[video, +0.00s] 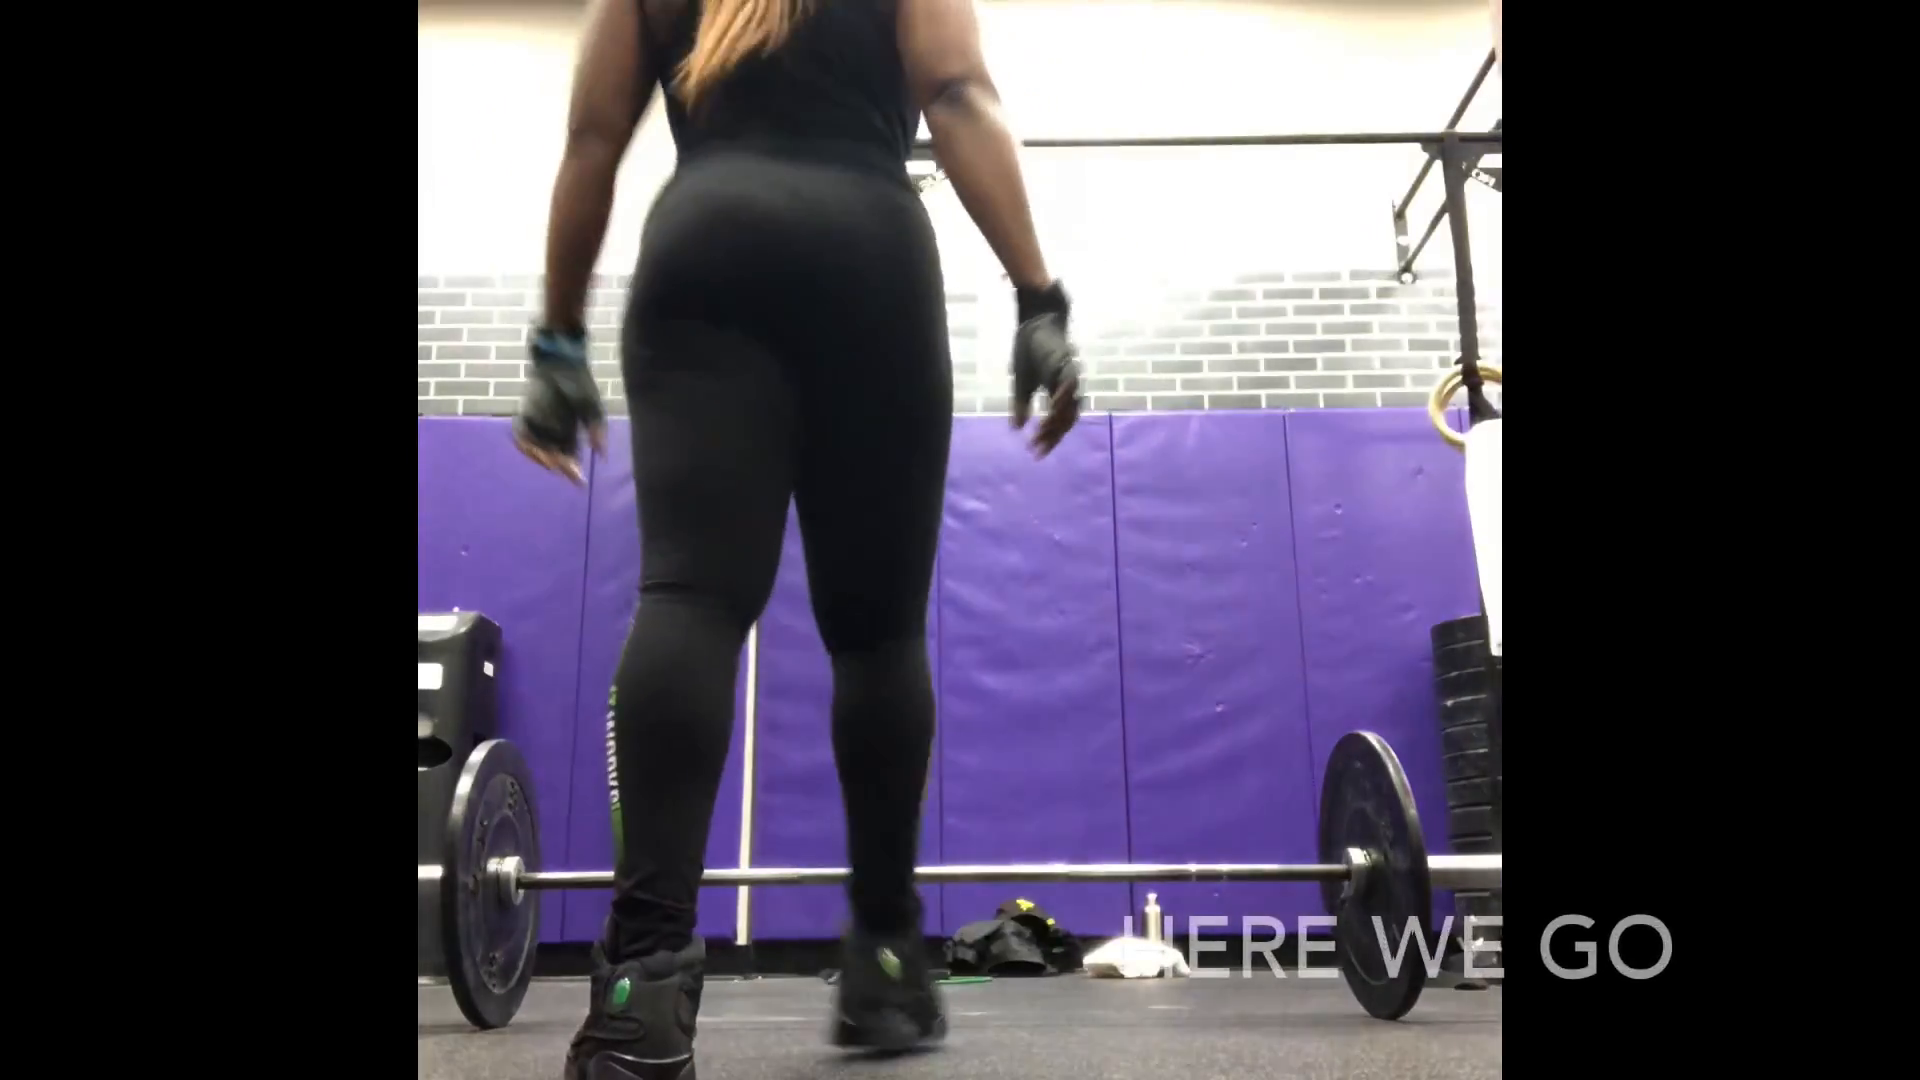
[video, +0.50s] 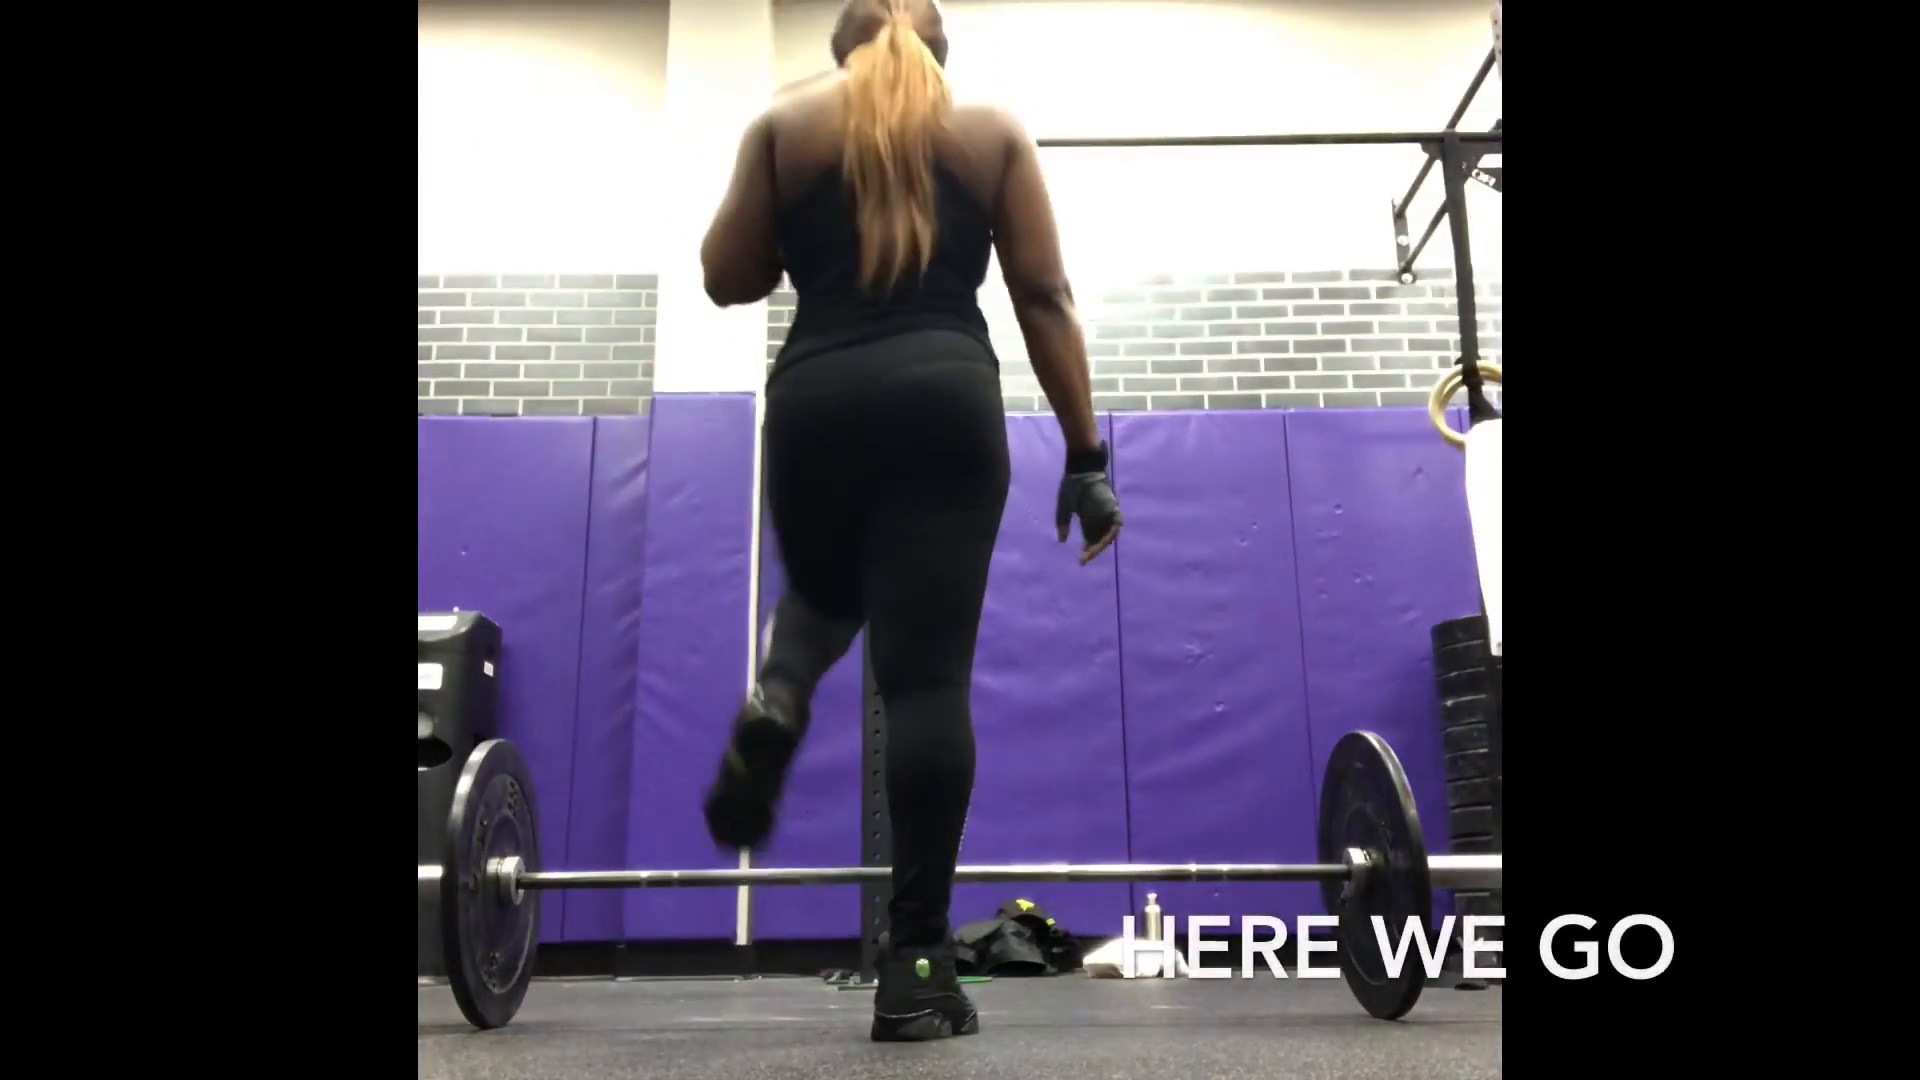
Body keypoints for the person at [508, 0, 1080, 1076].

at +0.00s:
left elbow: (595, 133)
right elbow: (957, 93)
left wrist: (558, 332)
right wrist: (1039, 295)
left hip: (707, 209)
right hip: (862, 216)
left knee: (687, 596)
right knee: (878, 627)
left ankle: (645, 974)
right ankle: (884, 959)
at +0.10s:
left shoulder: (681, 21)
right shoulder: (921, 15)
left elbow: (625, 202)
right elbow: (955, 151)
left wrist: (602, 380)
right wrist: (1026, 341)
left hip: (730, 283)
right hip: (882, 291)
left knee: (703, 620)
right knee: (886, 669)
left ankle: (651, 959)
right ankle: (907, 964)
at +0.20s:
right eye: (907, 11)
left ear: (788, 3)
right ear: (886, 5)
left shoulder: (719, 79)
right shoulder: (939, 72)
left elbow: (660, 237)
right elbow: (981, 213)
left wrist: (657, 389)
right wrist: (1044, 392)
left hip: (761, 346)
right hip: (906, 351)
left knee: (725, 643)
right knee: (905, 691)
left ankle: (669, 907)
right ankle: (915, 972)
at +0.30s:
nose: (941, 17)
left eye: (938, 11)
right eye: (940, 11)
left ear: (823, 10)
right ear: (918, 15)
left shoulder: (749, 90)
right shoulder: (963, 103)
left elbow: (691, 242)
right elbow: (1008, 251)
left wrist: (721, 344)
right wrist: (1069, 422)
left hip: (799, 368)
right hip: (933, 369)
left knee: (748, 643)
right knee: (926, 681)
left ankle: (718, 805)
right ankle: (918, 971)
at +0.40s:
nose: (946, 25)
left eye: (934, 20)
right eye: (943, 19)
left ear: (842, 25)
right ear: (929, 29)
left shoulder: (771, 106)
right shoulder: (985, 123)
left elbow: (712, 253)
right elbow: (1033, 278)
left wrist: (772, 280)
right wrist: (1088, 445)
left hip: (812, 385)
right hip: (948, 384)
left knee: (782, 630)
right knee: (931, 683)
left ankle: (766, 757)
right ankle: (917, 968)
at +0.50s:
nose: (936, 32)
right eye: (937, 28)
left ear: (843, 47)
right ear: (933, 47)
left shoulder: (785, 123)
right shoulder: (990, 131)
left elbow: (728, 277)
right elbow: (1044, 296)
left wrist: (807, 213)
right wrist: (1086, 453)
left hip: (815, 404)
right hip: (950, 401)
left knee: (822, 600)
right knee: (930, 684)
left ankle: (772, 717)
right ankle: (914, 967)